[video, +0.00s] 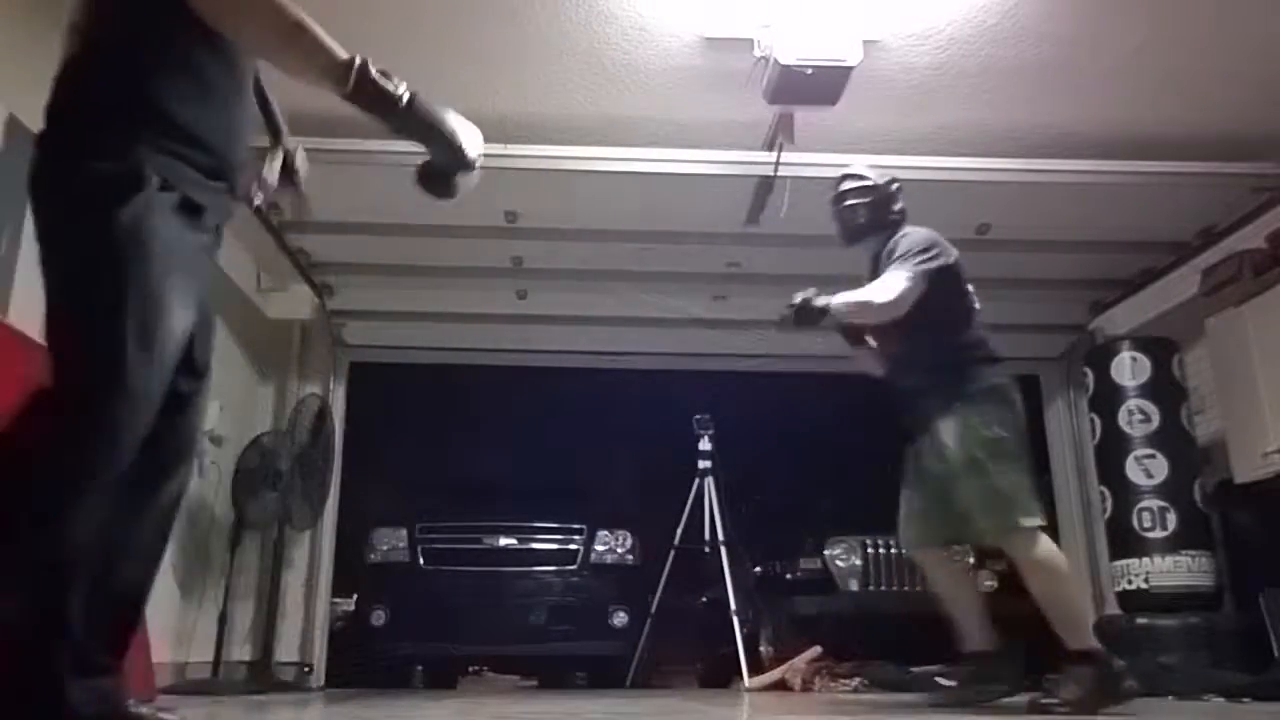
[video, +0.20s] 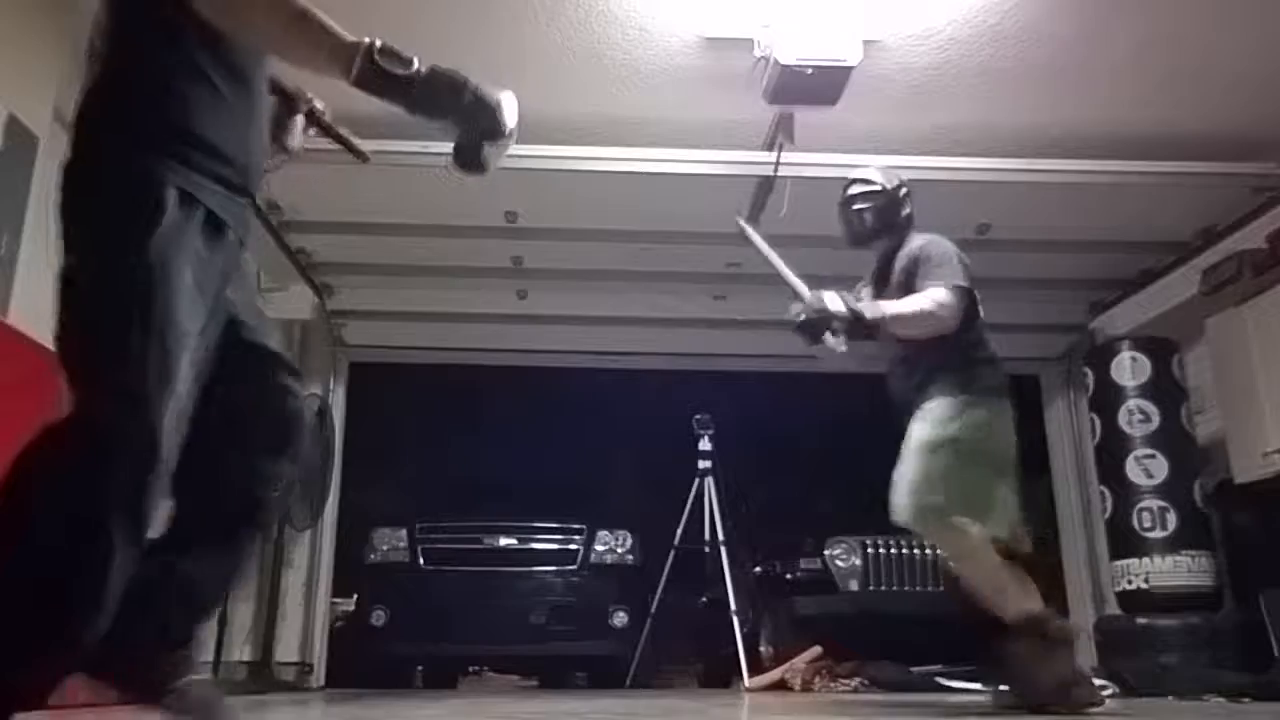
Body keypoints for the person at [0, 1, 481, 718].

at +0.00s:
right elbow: (236, 16)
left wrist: (245, 166)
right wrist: (405, 107)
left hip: (186, 200)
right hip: (126, 173)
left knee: (164, 447)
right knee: (104, 424)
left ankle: (86, 678)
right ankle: (39, 683)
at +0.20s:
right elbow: (226, 12)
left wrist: (262, 121)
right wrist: (405, 78)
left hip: (216, 217)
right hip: (150, 185)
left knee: (268, 427)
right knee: (121, 454)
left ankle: (144, 651)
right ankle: (12, 679)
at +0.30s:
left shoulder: (263, 26)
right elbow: (213, 12)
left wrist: (305, 133)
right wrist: (394, 58)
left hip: (246, 241)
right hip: (174, 212)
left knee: (296, 433)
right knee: (128, 463)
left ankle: (263, 660)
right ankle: (6, 677)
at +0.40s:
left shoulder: (306, 14)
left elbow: (294, 107)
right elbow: (213, 34)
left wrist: (381, 135)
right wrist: (395, 37)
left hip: (263, 258)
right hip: (175, 234)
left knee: (313, 462)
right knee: (123, 467)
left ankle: (365, 676)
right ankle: (4, 678)